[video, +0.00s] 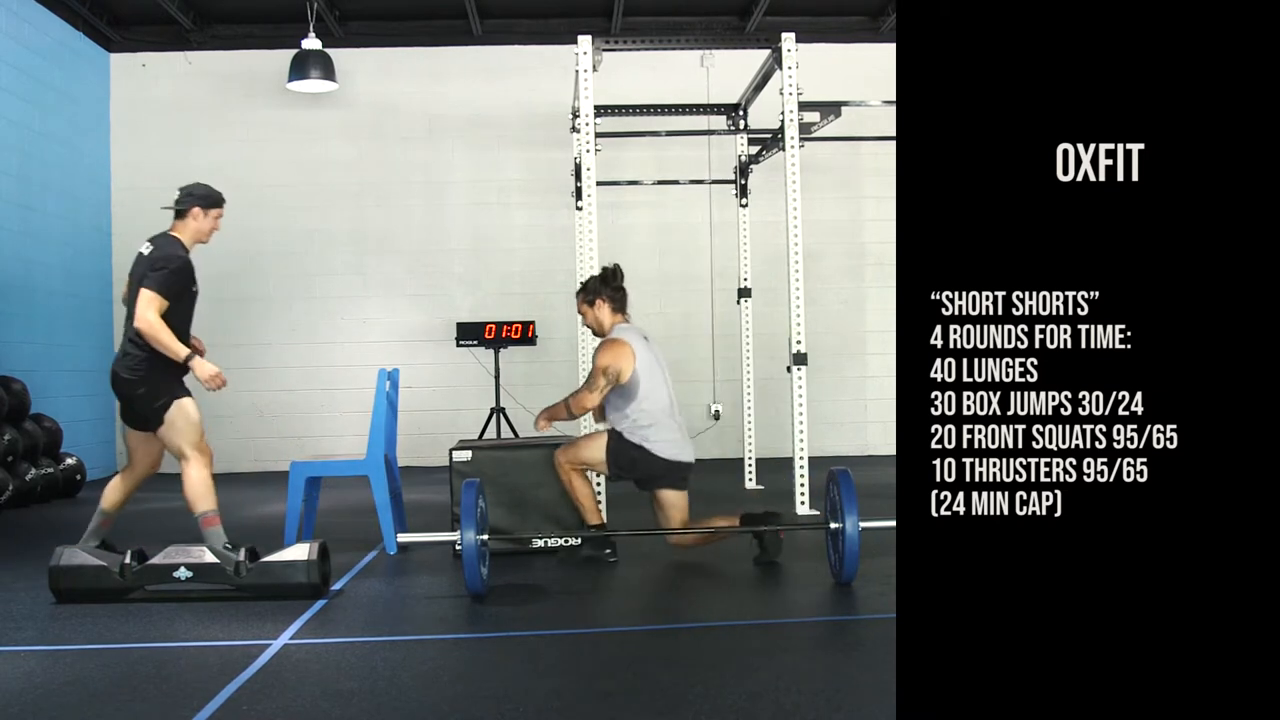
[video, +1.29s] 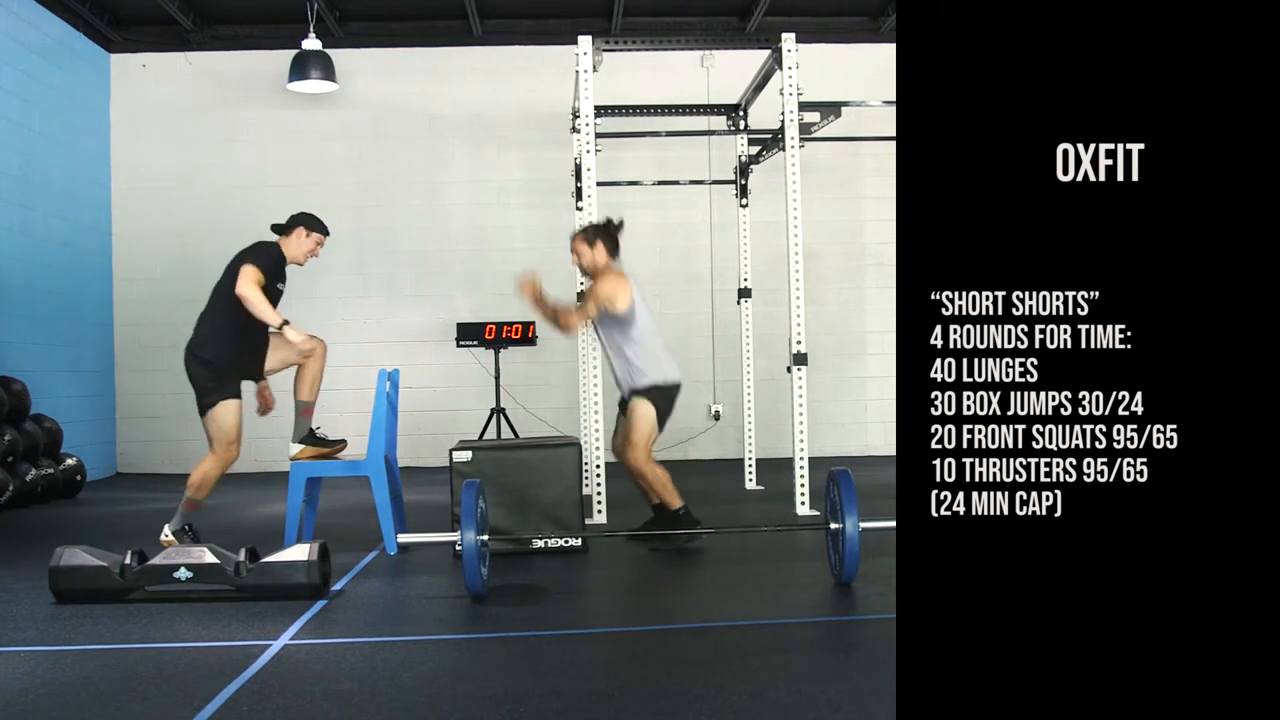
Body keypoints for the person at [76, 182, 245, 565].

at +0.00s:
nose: (217, 228)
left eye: (219, 220)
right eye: (215, 219)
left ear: (188, 215)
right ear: (194, 214)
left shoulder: (154, 247)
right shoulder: (174, 258)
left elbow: (129, 297)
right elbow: (145, 320)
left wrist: (181, 337)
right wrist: (194, 362)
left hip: (132, 371)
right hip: (153, 375)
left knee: (142, 464)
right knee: (196, 455)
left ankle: (87, 545)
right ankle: (222, 553)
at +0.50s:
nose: (219, 213)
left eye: (221, 206)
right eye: (216, 205)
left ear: (197, 202)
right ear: (194, 200)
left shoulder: (183, 239)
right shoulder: (168, 240)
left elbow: (180, 301)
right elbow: (144, 303)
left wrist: (213, 331)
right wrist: (194, 336)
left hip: (162, 356)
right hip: (155, 358)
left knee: (162, 448)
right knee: (182, 447)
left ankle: (102, 522)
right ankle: (164, 544)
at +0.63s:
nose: (235, 216)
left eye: (237, 209)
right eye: (232, 207)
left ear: (213, 204)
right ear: (211, 201)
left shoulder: (197, 241)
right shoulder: (183, 238)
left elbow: (184, 304)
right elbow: (163, 300)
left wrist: (205, 348)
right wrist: (213, 335)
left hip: (182, 353)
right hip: (158, 354)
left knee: (221, 417)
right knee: (173, 446)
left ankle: (156, 483)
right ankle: (162, 542)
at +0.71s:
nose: (247, 221)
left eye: (250, 215)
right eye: (245, 212)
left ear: (229, 207)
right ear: (225, 204)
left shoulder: (207, 243)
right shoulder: (194, 235)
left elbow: (189, 302)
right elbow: (184, 292)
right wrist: (237, 321)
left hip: (187, 346)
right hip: (161, 348)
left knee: (252, 379)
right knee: (172, 445)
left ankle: (209, 455)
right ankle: (162, 541)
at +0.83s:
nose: (266, 238)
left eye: (269, 232)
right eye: (266, 229)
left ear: (249, 222)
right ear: (248, 219)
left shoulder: (226, 253)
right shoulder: (214, 243)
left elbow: (204, 303)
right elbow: (200, 289)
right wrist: (255, 320)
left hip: (199, 344)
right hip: (169, 350)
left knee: (269, 345)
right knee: (202, 446)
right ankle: (162, 535)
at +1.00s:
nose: (291, 265)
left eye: (295, 259)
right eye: (290, 256)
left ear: (274, 249)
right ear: (272, 246)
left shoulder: (248, 281)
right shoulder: (237, 265)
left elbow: (226, 331)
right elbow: (214, 302)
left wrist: (250, 362)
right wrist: (244, 347)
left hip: (219, 364)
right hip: (190, 367)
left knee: (289, 350)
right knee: (215, 458)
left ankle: (300, 440)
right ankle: (175, 537)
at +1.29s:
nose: (317, 252)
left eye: (320, 246)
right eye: (316, 243)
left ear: (299, 238)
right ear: (299, 234)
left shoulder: (276, 270)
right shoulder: (265, 253)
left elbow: (252, 328)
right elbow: (245, 288)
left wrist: (261, 381)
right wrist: (285, 327)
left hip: (241, 352)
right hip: (214, 355)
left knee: (313, 348)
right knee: (225, 451)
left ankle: (303, 436)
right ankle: (178, 527)